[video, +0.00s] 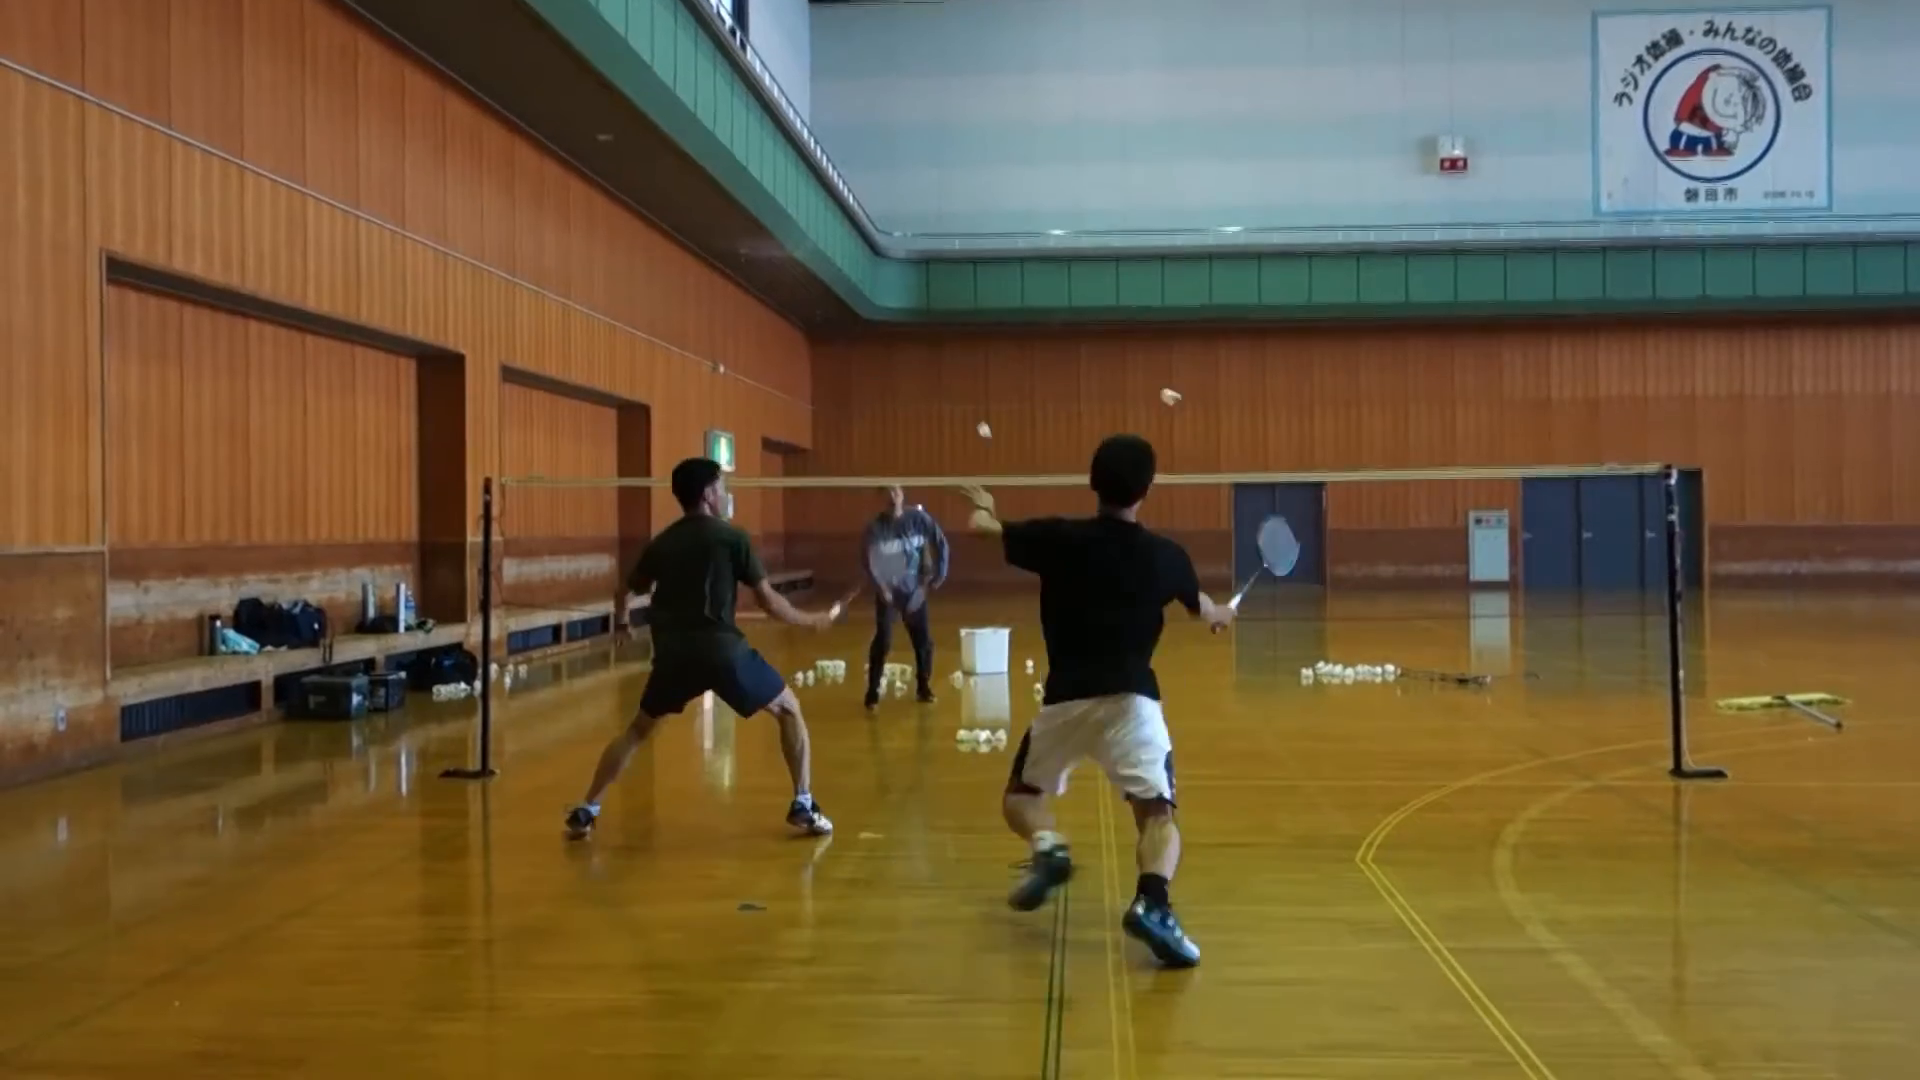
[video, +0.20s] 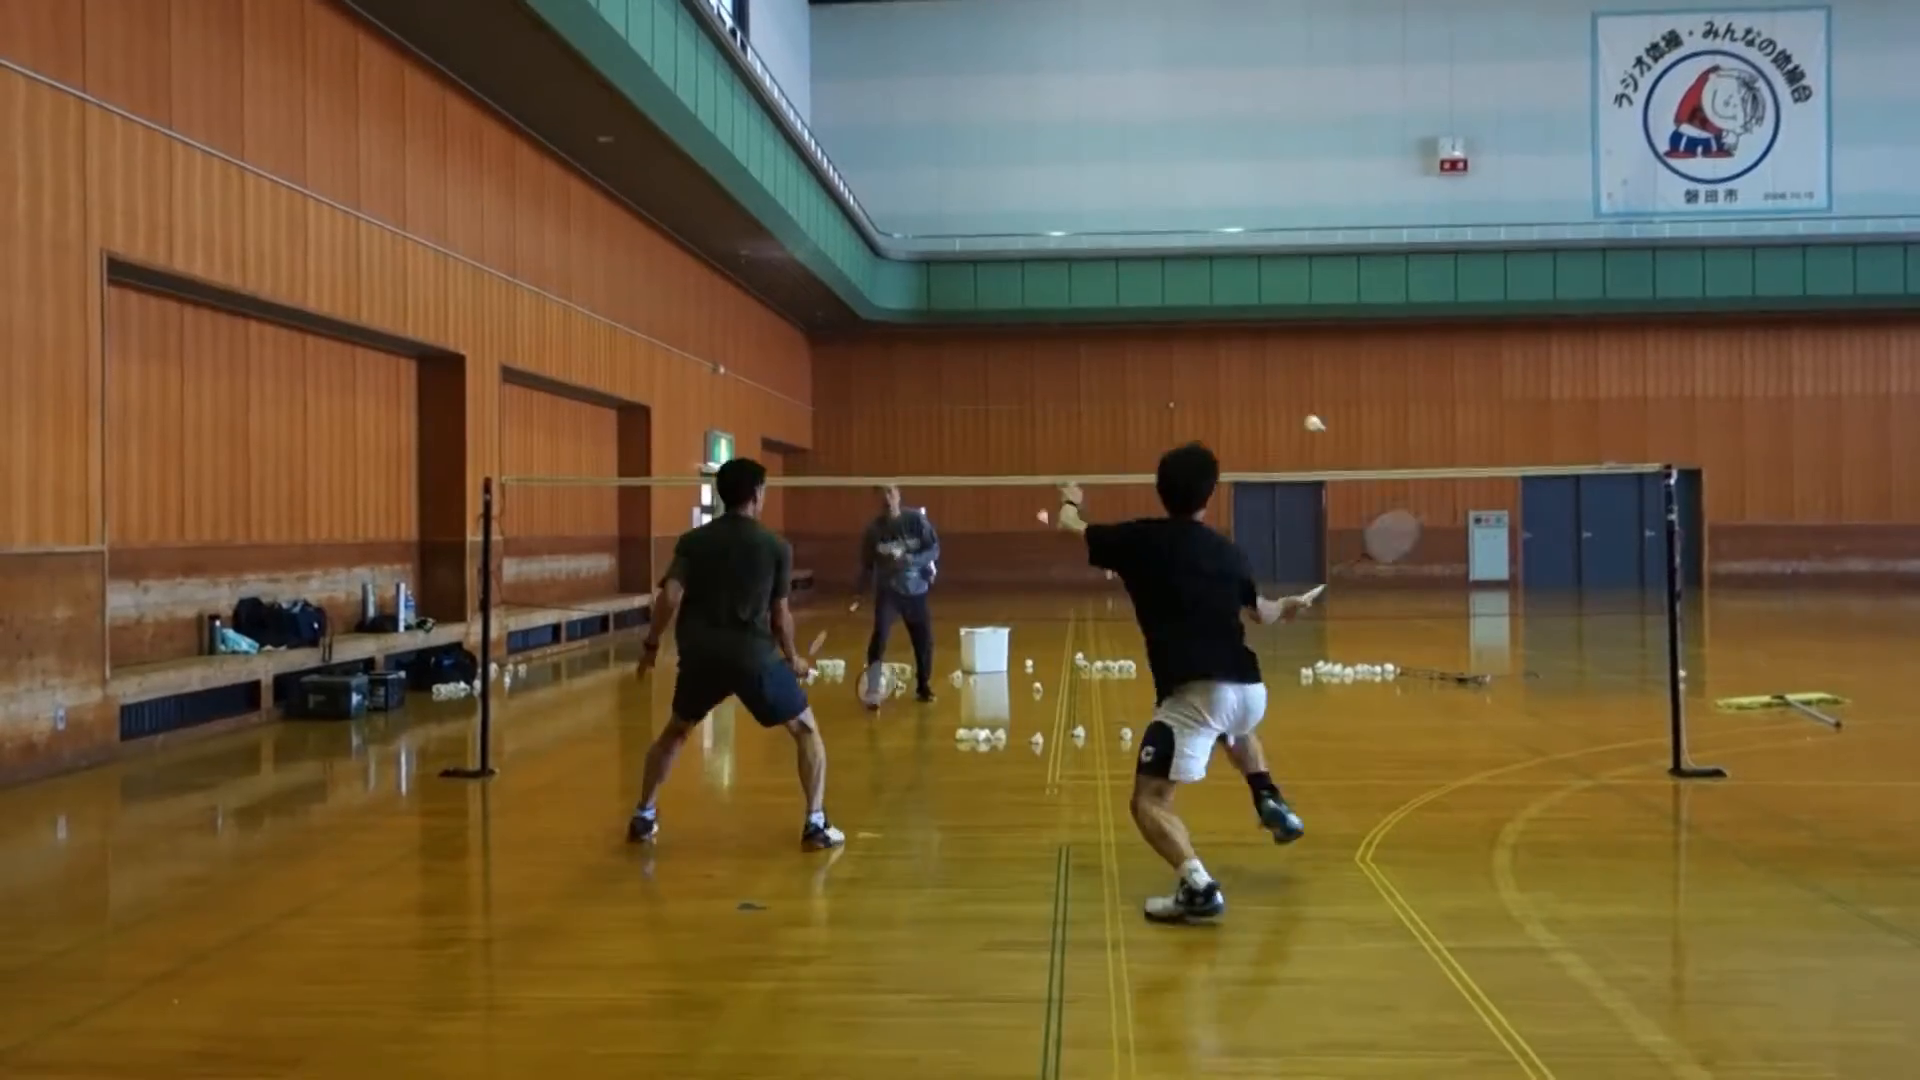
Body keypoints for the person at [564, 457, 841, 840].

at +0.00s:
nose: (725, 495)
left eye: (721, 487)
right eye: (721, 488)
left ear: (683, 497)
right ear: (708, 494)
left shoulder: (662, 542)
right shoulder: (732, 538)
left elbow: (625, 591)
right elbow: (769, 602)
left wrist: (622, 622)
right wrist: (815, 619)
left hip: (673, 656)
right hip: (722, 651)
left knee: (637, 730)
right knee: (788, 709)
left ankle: (588, 807)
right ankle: (803, 803)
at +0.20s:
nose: (764, 499)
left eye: (763, 492)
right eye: (763, 493)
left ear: (720, 494)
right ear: (756, 495)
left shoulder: (692, 541)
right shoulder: (774, 546)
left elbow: (669, 595)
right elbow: (779, 613)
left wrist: (652, 640)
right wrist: (793, 658)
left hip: (699, 656)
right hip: (754, 656)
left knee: (675, 732)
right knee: (806, 731)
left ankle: (644, 812)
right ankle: (816, 821)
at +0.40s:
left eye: (741, 482)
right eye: (782, 484)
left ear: (742, 485)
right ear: (782, 487)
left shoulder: (722, 525)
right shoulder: (803, 534)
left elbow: (683, 579)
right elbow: (838, 600)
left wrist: (653, 603)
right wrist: (857, 653)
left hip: (736, 643)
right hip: (792, 643)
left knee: (707, 726)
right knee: (819, 728)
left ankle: (712, 824)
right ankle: (842, 816)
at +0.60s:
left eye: (740, 487)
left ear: (741, 492)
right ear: (783, 492)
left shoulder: (729, 536)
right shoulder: (810, 538)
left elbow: (667, 591)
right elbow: (849, 600)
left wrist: (662, 563)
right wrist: (871, 664)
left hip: (763, 657)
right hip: (818, 656)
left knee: (711, 742)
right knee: (837, 739)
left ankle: (718, 850)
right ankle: (857, 829)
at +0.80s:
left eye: (747, 498)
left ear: (750, 504)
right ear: (795, 504)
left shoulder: (736, 550)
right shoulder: (820, 554)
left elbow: (684, 614)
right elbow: (859, 619)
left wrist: (675, 624)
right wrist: (877, 680)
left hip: (773, 682)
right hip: (830, 679)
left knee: (697, 761)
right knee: (848, 757)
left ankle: (721, 859)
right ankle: (890, 846)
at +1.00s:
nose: (764, 482)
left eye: (759, 474)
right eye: (760, 475)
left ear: (711, 497)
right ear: (754, 487)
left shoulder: (699, 552)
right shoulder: (784, 539)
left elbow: (667, 631)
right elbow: (795, 603)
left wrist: (698, 666)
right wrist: (827, 673)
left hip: (708, 679)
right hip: (771, 675)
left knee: (740, 785)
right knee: (814, 774)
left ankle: (754, 897)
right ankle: (828, 887)